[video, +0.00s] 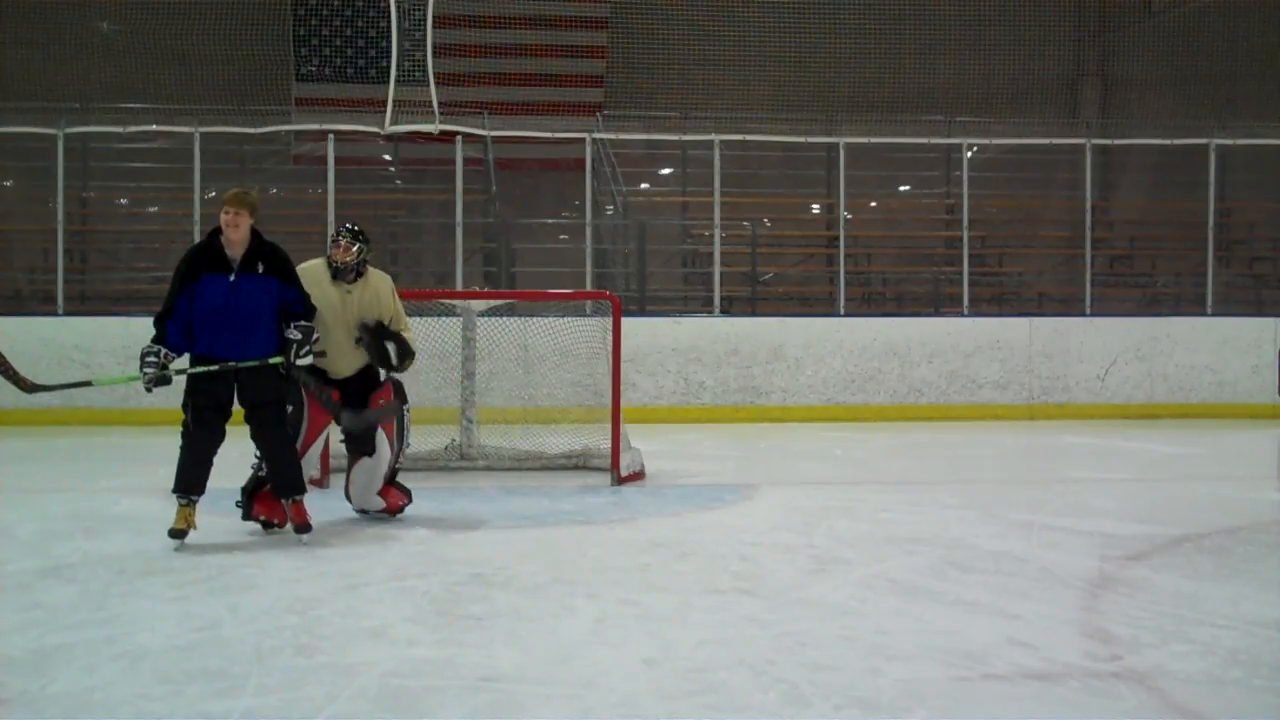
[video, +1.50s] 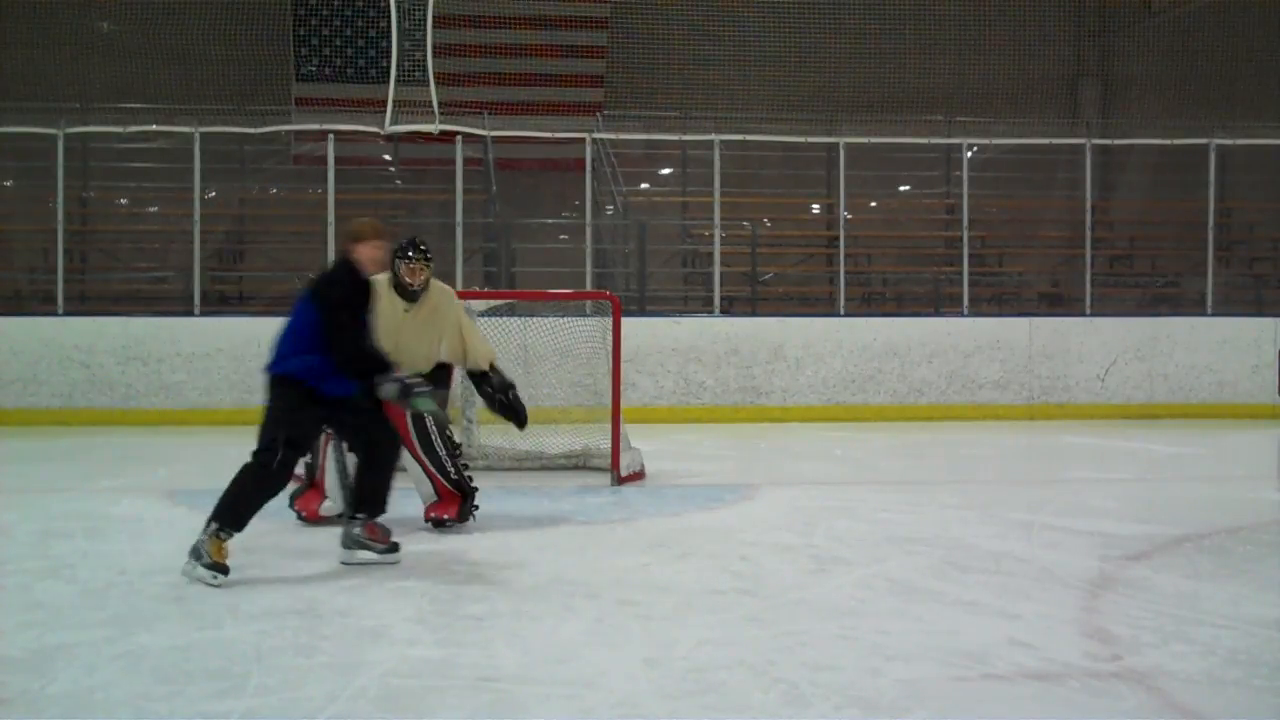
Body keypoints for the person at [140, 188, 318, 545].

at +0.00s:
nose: (230, 219)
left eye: (237, 214)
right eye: (226, 213)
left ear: (252, 220)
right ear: (219, 217)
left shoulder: (273, 258)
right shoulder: (198, 258)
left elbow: (299, 306)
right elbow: (176, 312)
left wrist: (301, 330)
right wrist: (159, 352)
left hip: (261, 362)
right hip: (210, 363)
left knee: (272, 431)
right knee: (201, 433)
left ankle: (293, 500)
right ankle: (186, 506)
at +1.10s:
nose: (247, 225)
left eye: (254, 219)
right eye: (241, 218)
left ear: (266, 224)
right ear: (231, 222)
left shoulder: (276, 263)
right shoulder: (209, 265)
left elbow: (294, 308)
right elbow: (191, 327)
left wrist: (309, 328)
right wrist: (203, 373)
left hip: (267, 374)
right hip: (220, 378)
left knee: (286, 444)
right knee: (211, 452)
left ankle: (290, 517)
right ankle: (184, 532)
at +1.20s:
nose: (268, 228)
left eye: (276, 222)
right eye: (262, 220)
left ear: (286, 228)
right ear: (249, 223)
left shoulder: (288, 266)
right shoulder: (227, 265)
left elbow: (299, 312)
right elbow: (214, 328)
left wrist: (316, 326)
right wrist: (230, 377)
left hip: (279, 374)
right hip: (232, 376)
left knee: (304, 442)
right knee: (230, 454)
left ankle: (298, 522)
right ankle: (193, 535)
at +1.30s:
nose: (300, 238)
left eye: (306, 231)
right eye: (293, 230)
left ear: (311, 237)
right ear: (274, 232)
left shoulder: (303, 278)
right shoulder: (253, 274)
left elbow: (305, 329)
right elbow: (243, 339)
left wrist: (322, 353)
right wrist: (268, 378)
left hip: (291, 380)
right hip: (246, 380)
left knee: (330, 441)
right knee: (244, 456)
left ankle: (316, 525)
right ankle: (200, 535)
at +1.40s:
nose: (335, 253)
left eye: (340, 246)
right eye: (328, 244)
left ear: (344, 251)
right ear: (309, 245)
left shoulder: (319, 288)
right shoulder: (290, 282)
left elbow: (325, 344)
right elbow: (295, 349)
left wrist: (347, 374)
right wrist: (329, 378)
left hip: (302, 389)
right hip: (266, 388)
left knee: (356, 441)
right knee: (261, 464)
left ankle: (343, 524)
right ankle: (207, 537)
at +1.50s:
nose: (382, 254)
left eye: (384, 247)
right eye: (375, 247)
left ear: (381, 252)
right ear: (354, 248)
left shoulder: (359, 286)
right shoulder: (339, 283)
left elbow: (357, 343)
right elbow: (346, 344)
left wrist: (384, 374)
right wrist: (381, 376)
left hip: (339, 386)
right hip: (300, 383)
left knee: (382, 441)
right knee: (275, 462)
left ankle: (362, 527)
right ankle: (213, 539)